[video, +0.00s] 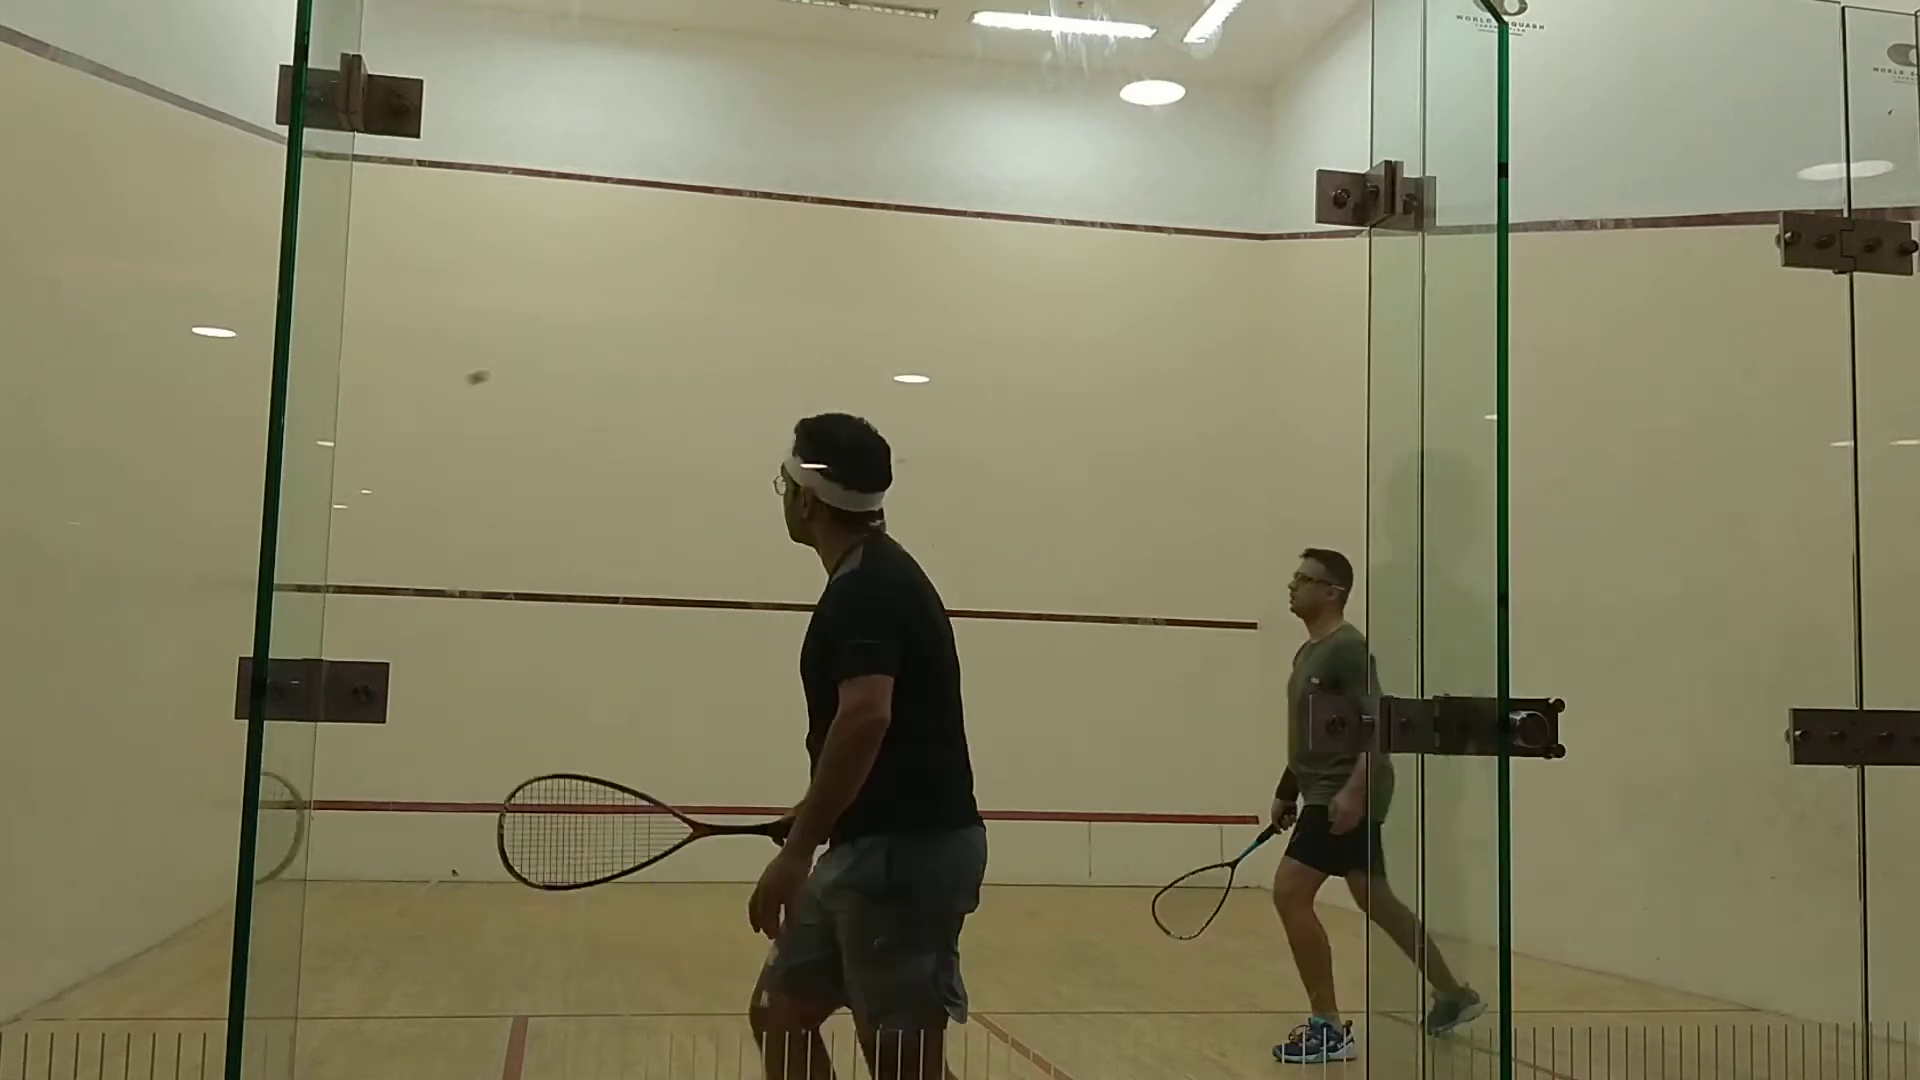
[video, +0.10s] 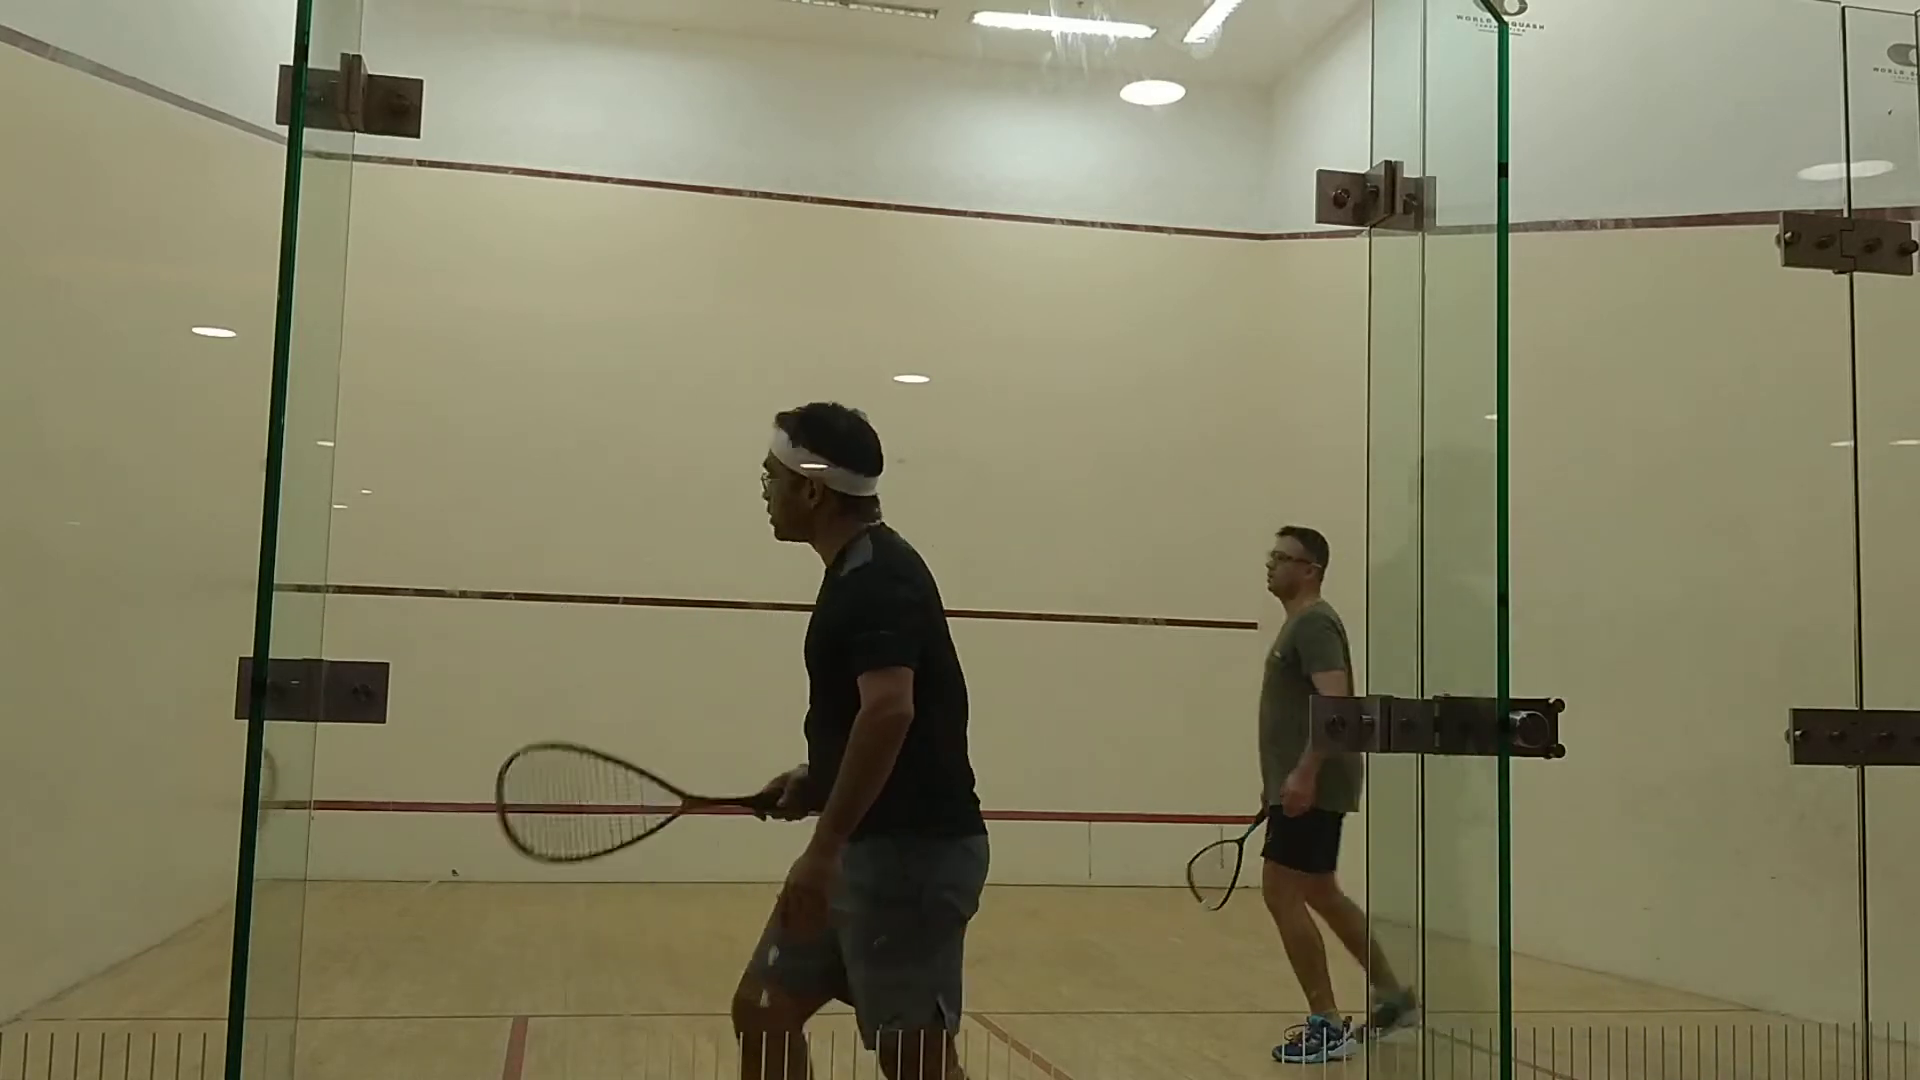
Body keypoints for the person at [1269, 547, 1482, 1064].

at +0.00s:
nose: (1291, 586)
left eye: (1302, 580)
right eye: (1294, 579)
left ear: (1332, 593)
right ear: (1318, 592)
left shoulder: (1348, 648)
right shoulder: (1310, 650)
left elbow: (1376, 727)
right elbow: (1308, 735)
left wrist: (1355, 790)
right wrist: (1286, 793)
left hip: (1341, 797)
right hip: (1337, 794)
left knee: (1290, 895)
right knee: (1378, 900)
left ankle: (1328, 1026)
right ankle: (1453, 992)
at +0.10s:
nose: (1268, 566)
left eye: (1279, 559)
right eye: (1270, 558)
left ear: (1308, 569)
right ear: (1299, 570)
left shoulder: (1315, 624)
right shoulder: (1303, 622)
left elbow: (1335, 707)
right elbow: (1307, 711)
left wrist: (1305, 773)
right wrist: (1281, 783)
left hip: (1308, 787)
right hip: (1314, 787)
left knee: (1280, 893)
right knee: (1320, 891)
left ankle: (1326, 1022)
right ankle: (1390, 993)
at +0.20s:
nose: (1247, 550)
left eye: (1258, 542)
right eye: (1248, 541)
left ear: (1288, 550)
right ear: (1283, 552)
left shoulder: (1282, 604)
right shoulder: (1301, 603)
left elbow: (1293, 680)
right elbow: (1307, 686)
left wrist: (1260, 750)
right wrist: (1267, 751)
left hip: (1283, 773)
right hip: (1299, 772)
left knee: (1246, 876)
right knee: (1267, 878)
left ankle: (1309, 998)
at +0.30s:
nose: (1224, 553)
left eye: (1236, 547)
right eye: (1224, 545)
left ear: (1266, 556)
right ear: (1259, 559)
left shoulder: (1257, 609)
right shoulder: (1281, 609)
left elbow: (1253, 686)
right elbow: (1278, 694)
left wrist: (1210, 753)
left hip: (1250, 775)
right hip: (1277, 778)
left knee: (1198, 878)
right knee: (1229, 887)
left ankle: (1241, 1015)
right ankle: (1251, 1018)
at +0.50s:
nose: (1176, 576)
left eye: (1188, 568)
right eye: (1174, 568)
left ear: (1218, 574)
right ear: (1201, 577)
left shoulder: (1210, 628)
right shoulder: (1238, 628)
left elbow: (1199, 709)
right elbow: (1231, 716)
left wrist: (1146, 774)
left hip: (1201, 791)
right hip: (1234, 794)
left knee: (1147, 896)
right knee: (1180, 903)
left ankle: (1162, 1041)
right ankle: (1241, 1023)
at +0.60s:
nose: (1157, 563)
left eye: (1169, 555)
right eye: (1155, 556)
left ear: (1199, 559)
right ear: (1163, 560)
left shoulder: (1194, 613)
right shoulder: (1220, 612)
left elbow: (1190, 698)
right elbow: (1220, 706)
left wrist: (1150, 773)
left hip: (1191, 785)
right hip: (1224, 787)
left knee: (1152, 891)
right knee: (1182, 894)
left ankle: (1163, 1041)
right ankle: (1237, 1021)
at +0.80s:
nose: (1126, 584)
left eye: (1136, 575)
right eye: (1122, 576)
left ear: (1166, 577)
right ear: (1160, 582)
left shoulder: (1169, 635)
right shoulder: (1185, 633)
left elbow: (1174, 725)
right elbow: (1186, 730)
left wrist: (1139, 801)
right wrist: (1135, 799)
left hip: (1167, 805)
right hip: (1197, 807)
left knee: (1092, 899)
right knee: (1187, 917)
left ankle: (1143, 1041)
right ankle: (1263, 1034)